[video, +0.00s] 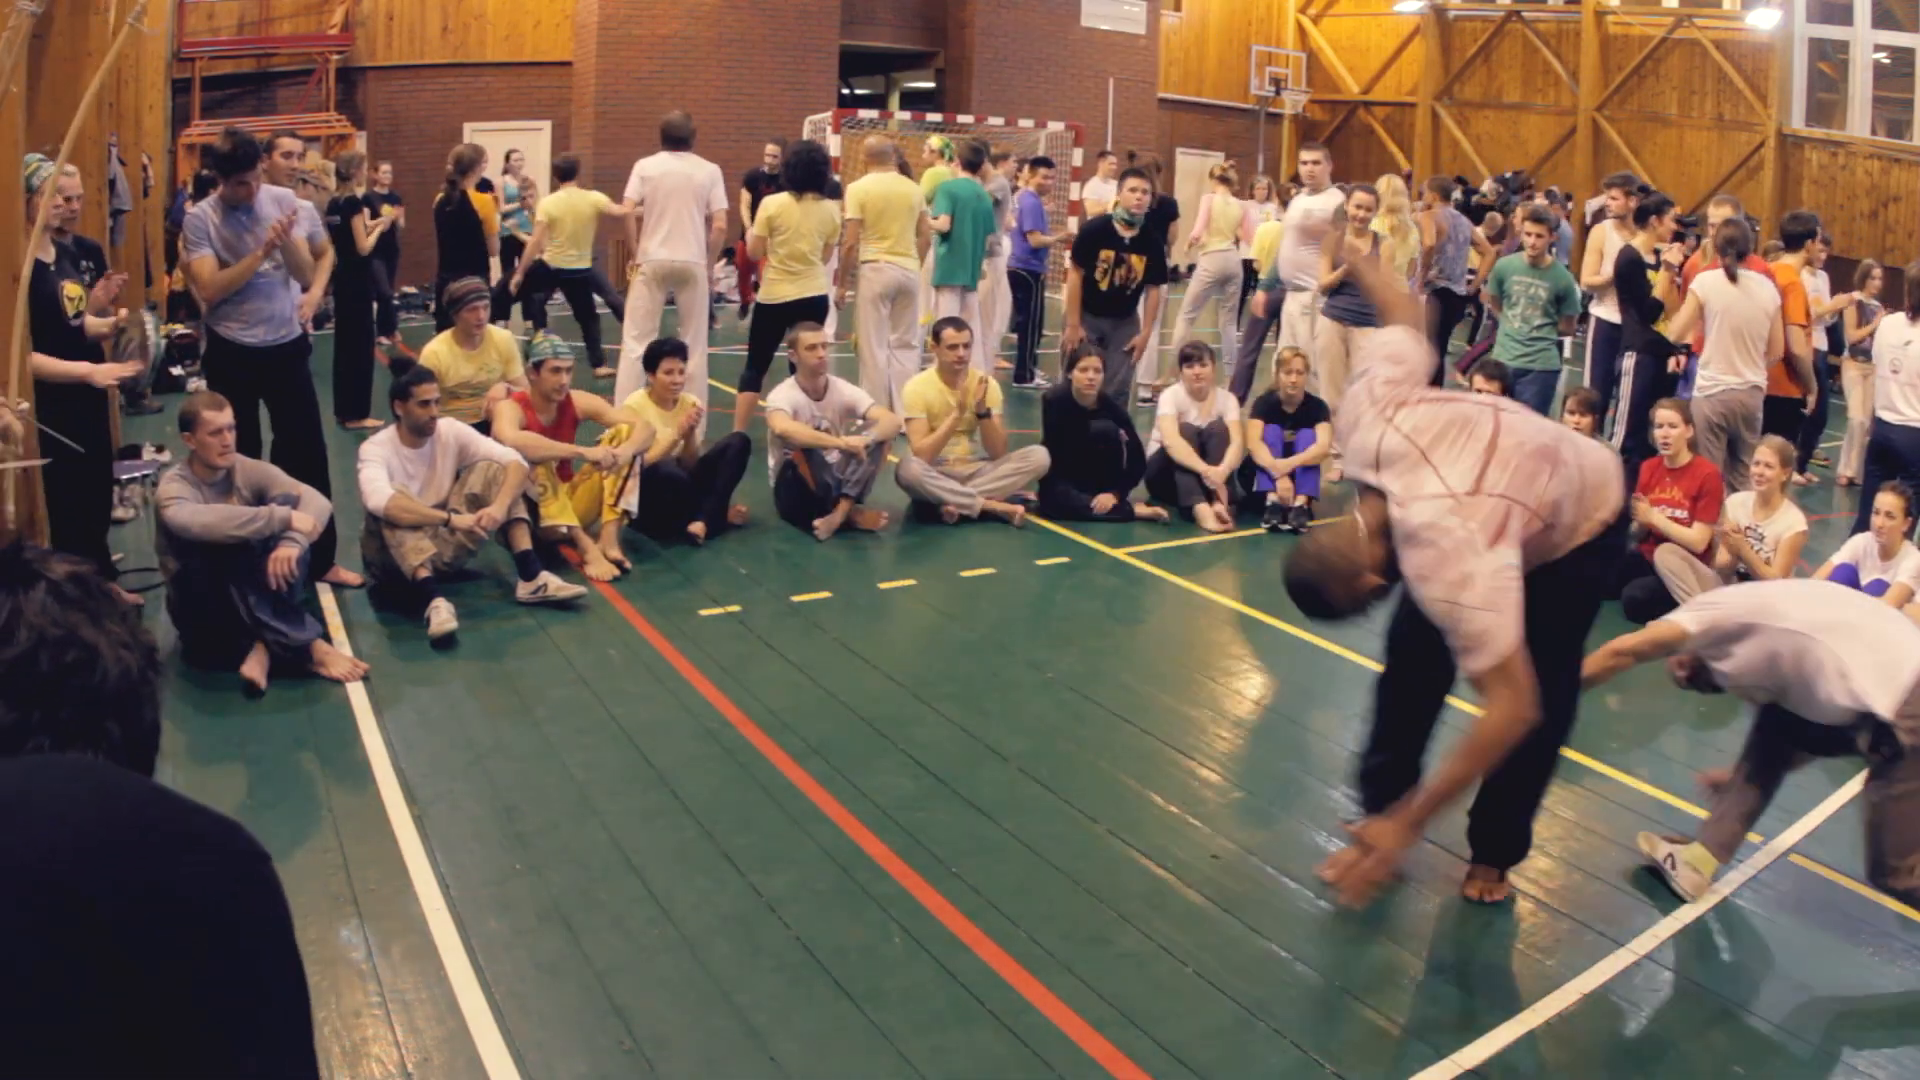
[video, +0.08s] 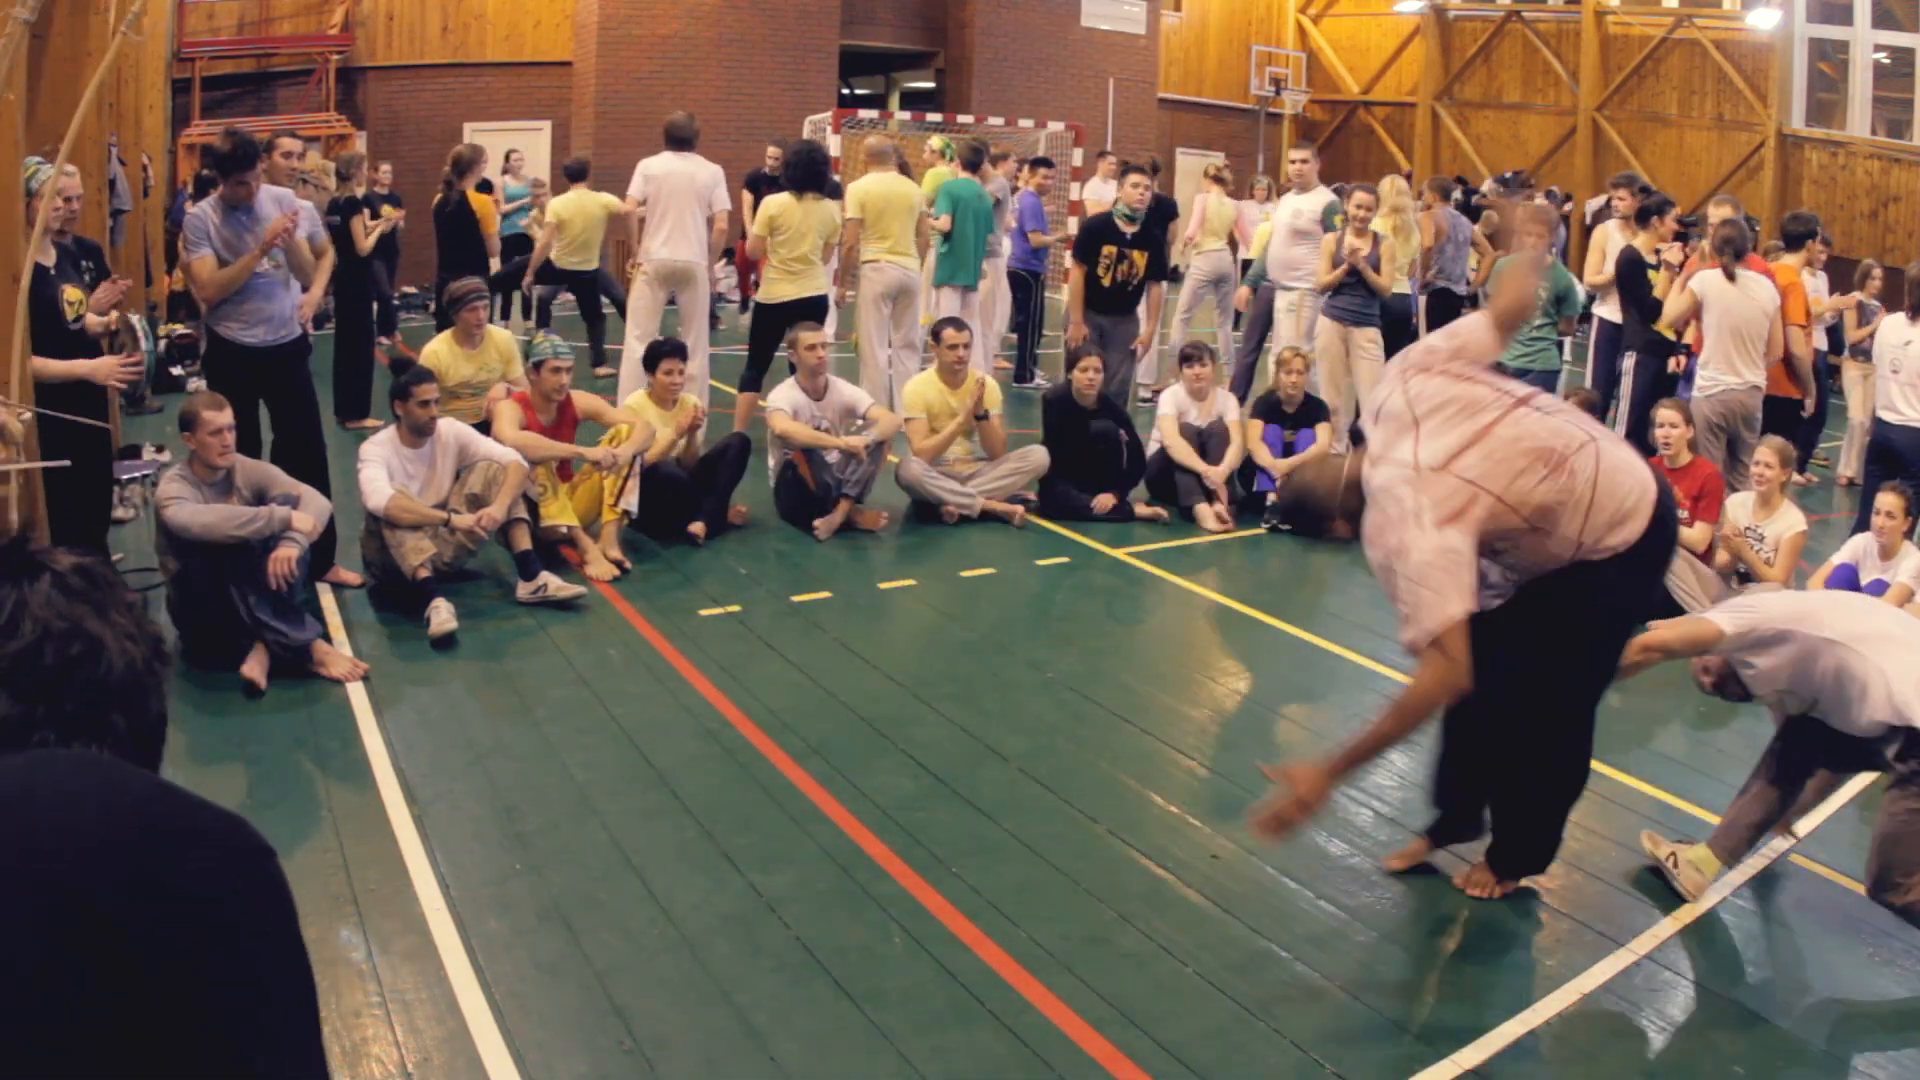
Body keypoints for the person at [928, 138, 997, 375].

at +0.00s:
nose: (951, 163)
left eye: (953, 160)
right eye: (954, 159)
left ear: (958, 163)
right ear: (980, 165)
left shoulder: (947, 188)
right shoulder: (984, 195)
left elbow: (943, 225)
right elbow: (988, 235)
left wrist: (927, 221)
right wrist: (979, 260)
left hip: (949, 264)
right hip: (972, 267)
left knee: (947, 322)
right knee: (971, 321)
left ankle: (947, 369)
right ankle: (976, 370)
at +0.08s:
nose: (952, 163)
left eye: (954, 160)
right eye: (955, 160)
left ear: (958, 163)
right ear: (980, 165)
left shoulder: (949, 188)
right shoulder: (985, 196)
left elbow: (944, 225)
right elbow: (987, 231)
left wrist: (929, 221)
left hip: (950, 263)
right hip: (974, 266)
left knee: (948, 322)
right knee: (972, 321)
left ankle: (948, 370)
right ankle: (977, 371)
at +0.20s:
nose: (952, 163)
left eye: (954, 160)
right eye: (954, 159)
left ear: (957, 162)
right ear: (979, 165)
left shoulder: (951, 188)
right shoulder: (986, 196)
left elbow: (949, 224)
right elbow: (987, 233)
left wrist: (930, 222)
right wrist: (983, 261)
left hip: (952, 262)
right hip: (974, 264)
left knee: (949, 320)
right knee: (972, 319)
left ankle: (949, 370)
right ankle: (979, 371)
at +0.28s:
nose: (952, 164)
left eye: (953, 160)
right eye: (954, 160)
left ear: (957, 162)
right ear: (979, 165)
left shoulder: (951, 188)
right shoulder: (985, 195)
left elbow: (951, 223)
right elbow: (987, 233)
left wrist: (931, 223)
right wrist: (985, 260)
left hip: (952, 262)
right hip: (975, 263)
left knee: (949, 320)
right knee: (972, 319)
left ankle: (949, 368)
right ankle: (978, 370)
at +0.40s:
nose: (952, 163)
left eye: (953, 160)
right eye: (954, 159)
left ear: (957, 162)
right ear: (980, 165)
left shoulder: (953, 188)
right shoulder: (985, 194)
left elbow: (953, 225)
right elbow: (988, 232)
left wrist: (934, 223)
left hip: (954, 263)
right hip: (977, 264)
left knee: (950, 320)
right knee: (973, 320)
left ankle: (949, 367)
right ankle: (978, 369)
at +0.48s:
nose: (953, 163)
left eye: (954, 160)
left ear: (957, 162)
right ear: (981, 164)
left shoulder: (953, 188)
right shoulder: (985, 193)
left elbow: (953, 226)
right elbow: (989, 231)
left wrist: (934, 222)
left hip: (955, 264)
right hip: (978, 265)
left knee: (951, 321)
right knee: (974, 320)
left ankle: (949, 368)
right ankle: (979, 370)